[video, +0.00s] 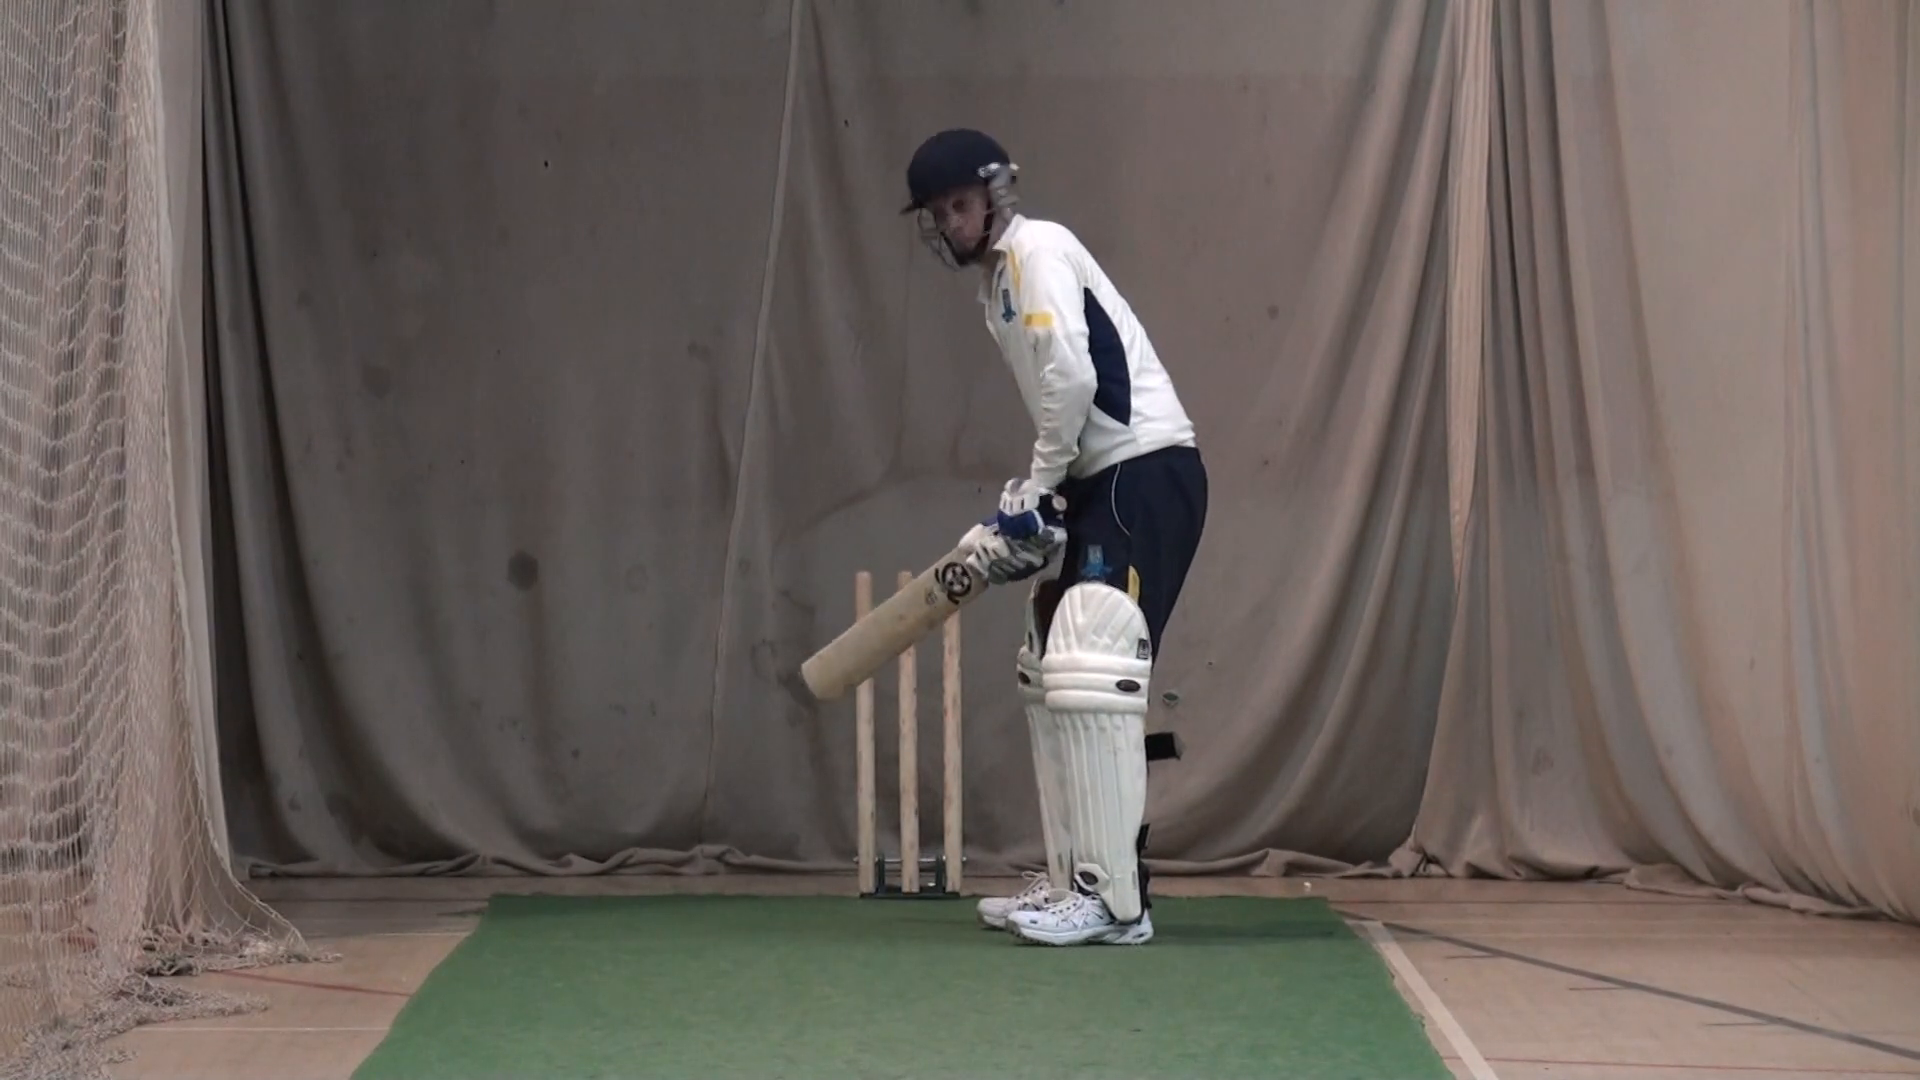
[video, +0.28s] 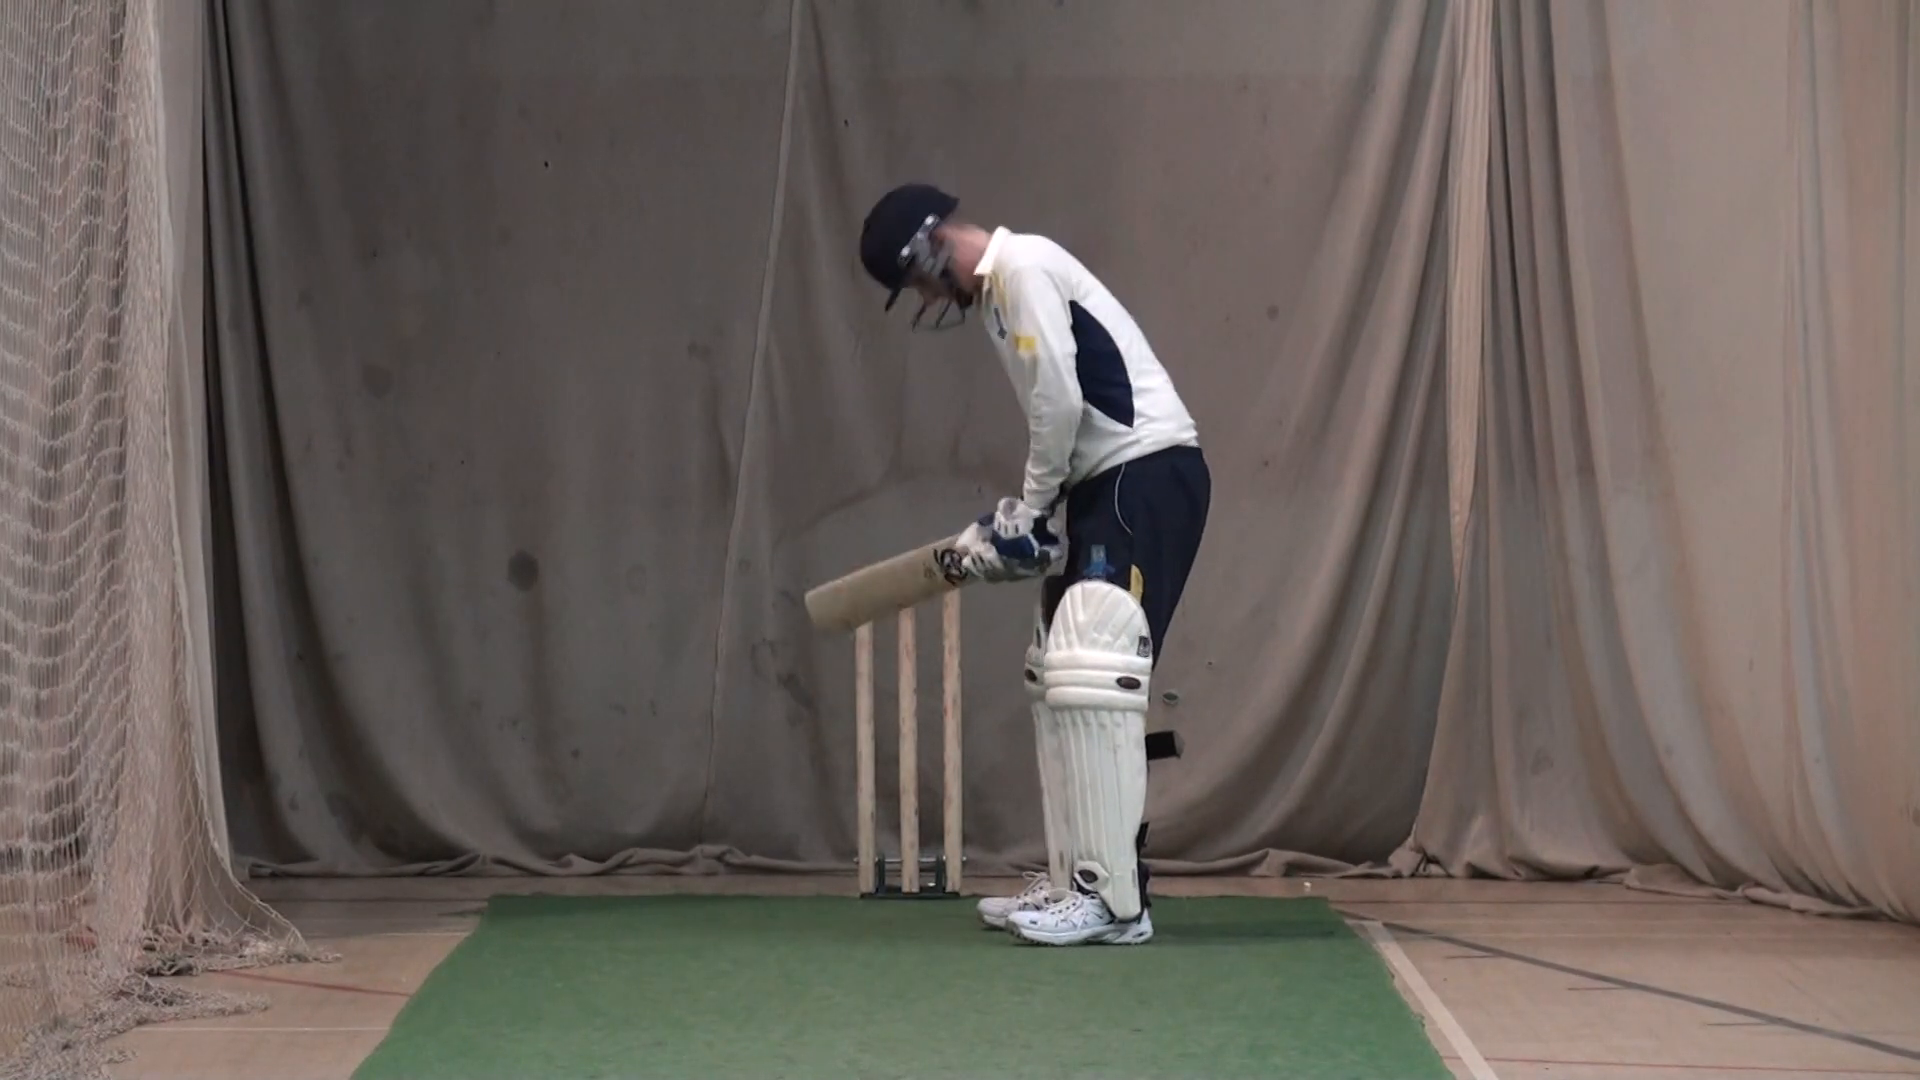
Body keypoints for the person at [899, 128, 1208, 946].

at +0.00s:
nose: (951, 224)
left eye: (962, 204)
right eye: (938, 212)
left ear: (998, 193)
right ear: (930, 218)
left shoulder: (1034, 249)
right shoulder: (1001, 280)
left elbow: (1071, 376)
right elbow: (1057, 415)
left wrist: (1040, 483)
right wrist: (1020, 520)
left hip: (1142, 474)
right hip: (1096, 480)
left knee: (1091, 675)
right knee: (1053, 676)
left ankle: (1114, 900)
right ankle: (1076, 882)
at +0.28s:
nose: (931, 298)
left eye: (922, 279)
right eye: (918, 291)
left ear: (939, 241)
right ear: (944, 240)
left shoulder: (1018, 269)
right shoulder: (1002, 286)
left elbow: (1059, 400)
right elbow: (1062, 421)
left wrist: (1030, 506)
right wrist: (1016, 533)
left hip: (1143, 475)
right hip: (1104, 486)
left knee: (1094, 676)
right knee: (1061, 676)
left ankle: (1113, 899)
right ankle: (1076, 884)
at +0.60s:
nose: (903, 360)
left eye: (892, 344)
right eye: (890, 353)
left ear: (904, 307)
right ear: (907, 306)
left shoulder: (989, 307)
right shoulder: (979, 328)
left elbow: (1047, 436)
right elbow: (1052, 447)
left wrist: (1060, 550)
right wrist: (1058, 583)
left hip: (1157, 472)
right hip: (1122, 483)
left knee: (1117, 683)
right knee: (1097, 681)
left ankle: (1113, 897)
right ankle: (1096, 886)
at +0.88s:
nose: (886, 316)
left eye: (882, 298)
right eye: (876, 305)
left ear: (904, 267)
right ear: (909, 264)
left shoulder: (986, 287)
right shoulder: (970, 316)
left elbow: (1045, 415)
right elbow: (1045, 439)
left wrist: (1043, 535)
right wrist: (1032, 579)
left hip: (1144, 472)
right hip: (1109, 482)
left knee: (1104, 684)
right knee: (1084, 682)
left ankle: (1109, 895)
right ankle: (1080, 882)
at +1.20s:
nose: (947, 215)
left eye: (961, 198)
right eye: (931, 203)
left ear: (988, 198)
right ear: (912, 215)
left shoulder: (1009, 259)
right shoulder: (971, 299)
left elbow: (1050, 398)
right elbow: (1038, 419)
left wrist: (1031, 518)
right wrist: (1023, 534)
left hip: (1134, 471)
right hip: (1092, 479)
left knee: (1091, 678)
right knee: (1061, 676)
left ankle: (1112, 898)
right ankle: (1079, 881)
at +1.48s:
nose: (961, 205)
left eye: (977, 188)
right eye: (946, 191)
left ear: (1006, 191)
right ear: (928, 201)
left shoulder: (1024, 254)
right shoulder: (975, 294)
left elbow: (1063, 392)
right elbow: (1040, 418)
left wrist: (1037, 514)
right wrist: (1024, 530)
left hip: (1136, 471)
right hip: (1089, 478)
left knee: (1089, 677)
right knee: (1054, 673)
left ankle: (1113, 897)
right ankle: (1079, 881)